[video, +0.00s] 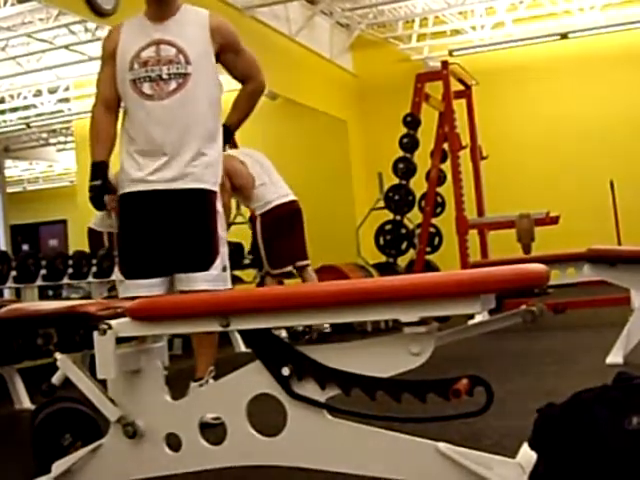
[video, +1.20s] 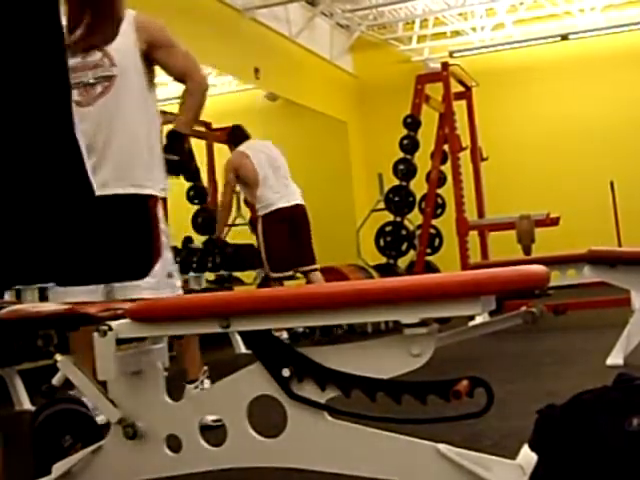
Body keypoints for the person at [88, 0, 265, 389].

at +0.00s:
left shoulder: (212, 29)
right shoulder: (118, 37)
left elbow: (255, 81)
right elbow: (106, 106)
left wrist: (227, 130)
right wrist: (98, 172)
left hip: (197, 176)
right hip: (139, 179)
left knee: (202, 293)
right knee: (141, 297)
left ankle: (204, 385)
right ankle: (148, 388)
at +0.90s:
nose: (92, 10)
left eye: (96, 4)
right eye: (89, 8)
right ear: (98, 2)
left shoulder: (182, 26)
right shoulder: (93, 41)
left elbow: (240, 73)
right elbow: (83, 112)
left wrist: (211, 128)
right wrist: (71, 175)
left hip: (174, 187)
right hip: (113, 191)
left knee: (191, 302)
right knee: (99, 308)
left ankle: (202, 391)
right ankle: (96, 400)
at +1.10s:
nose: (83, 7)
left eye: (93, 2)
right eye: (81, 2)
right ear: (76, 1)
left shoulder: (150, 26)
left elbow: (211, 78)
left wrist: (190, 129)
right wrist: (190, 129)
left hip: (146, 186)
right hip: (86, 191)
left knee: (174, 296)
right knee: (86, 308)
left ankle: (199, 386)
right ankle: (90, 399)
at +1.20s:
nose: (73, 9)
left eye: (78, 4)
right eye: (73, 5)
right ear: (74, 5)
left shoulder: (138, 28)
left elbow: (196, 79)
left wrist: (179, 134)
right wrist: (180, 132)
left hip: (134, 184)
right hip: (82, 189)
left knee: (161, 296)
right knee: (77, 306)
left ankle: (195, 382)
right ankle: (86, 397)